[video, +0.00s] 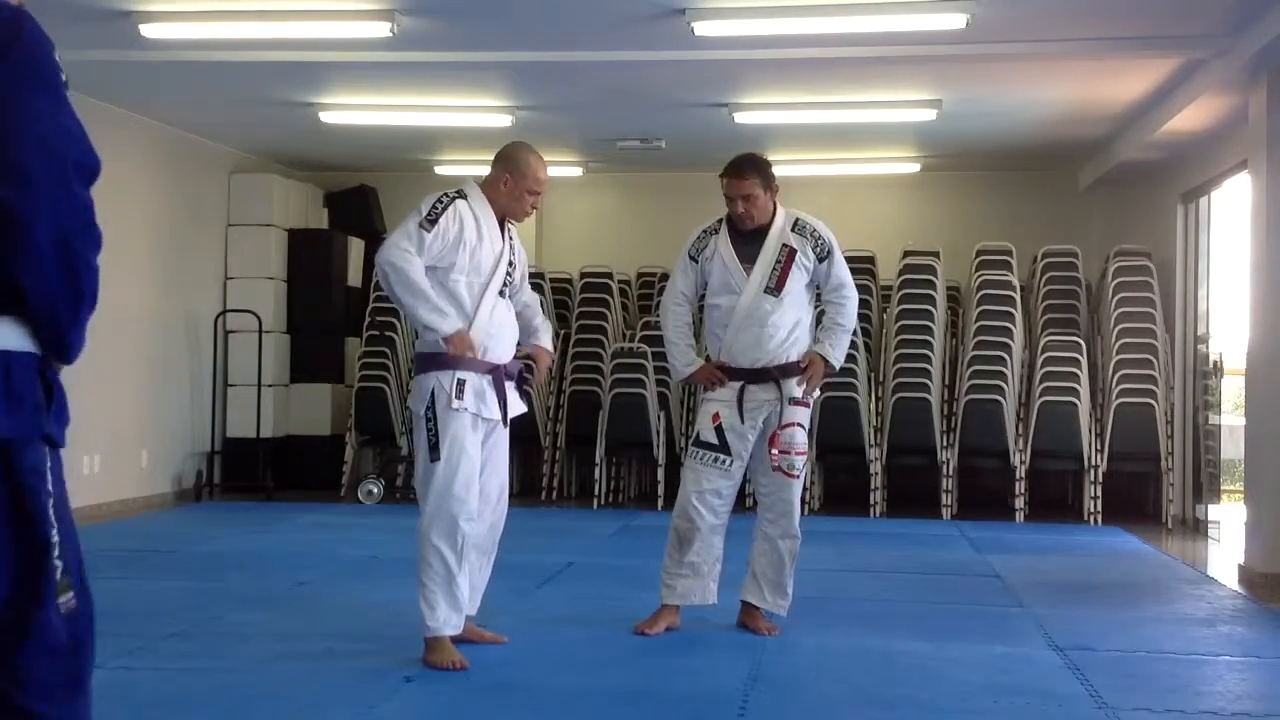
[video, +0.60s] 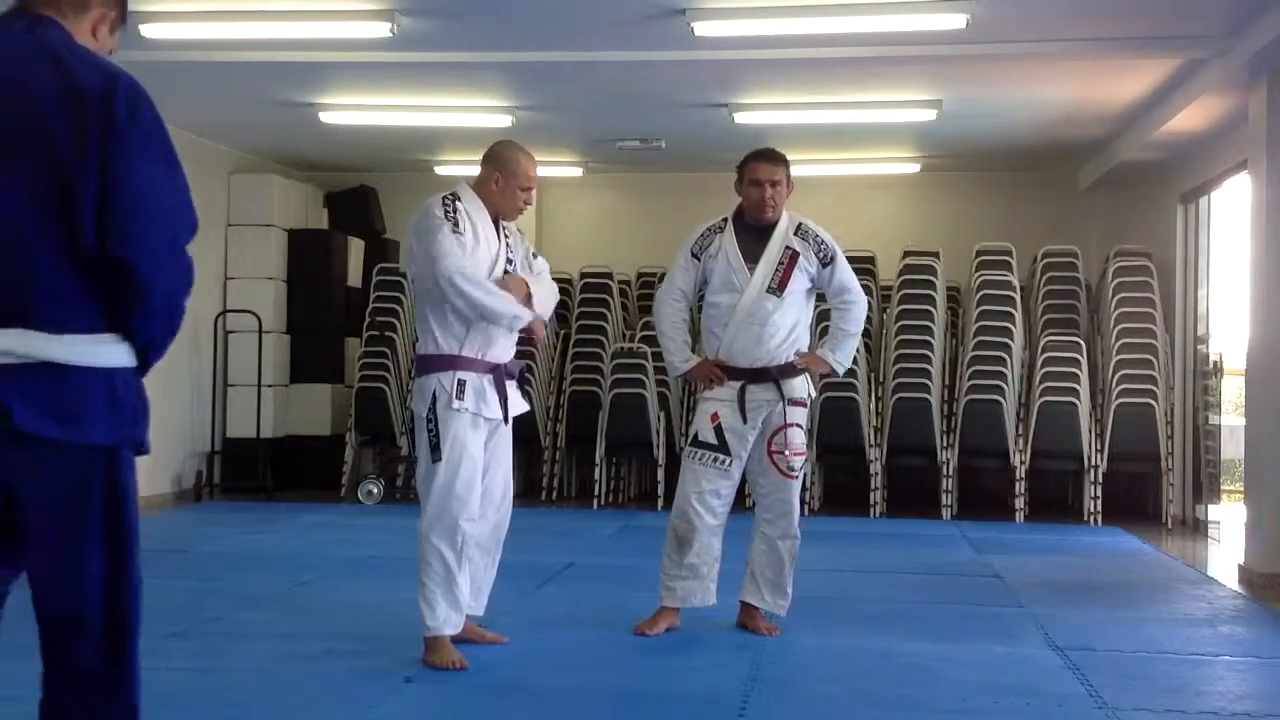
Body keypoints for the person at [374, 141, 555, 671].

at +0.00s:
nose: (537, 204)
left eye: (541, 195)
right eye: (534, 193)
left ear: (513, 184)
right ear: (504, 179)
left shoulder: (509, 239)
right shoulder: (453, 207)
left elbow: (524, 297)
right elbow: (394, 255)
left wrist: (540, 339)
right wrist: (448, 326)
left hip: (494, 389)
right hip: (450, 385)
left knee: (488, 505)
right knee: (450, 506)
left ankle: (460, 619)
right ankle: (437, 633)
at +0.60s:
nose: (530, 200)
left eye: (533, 191)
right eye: (525, 189)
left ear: (504, 184)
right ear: (494, 179)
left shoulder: (508, 233)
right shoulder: (442, 213)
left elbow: (548, 290)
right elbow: (457, 282)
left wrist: (524, 288)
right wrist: (522, 316)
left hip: (497, 389)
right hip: (452, 387)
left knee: (490, 508)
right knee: (450, 509)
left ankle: (463, 618)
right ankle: (438, 634)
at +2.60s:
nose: (501, 192)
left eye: (509, 185)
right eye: (493, 181)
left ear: (514, 190)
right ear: (470, 178)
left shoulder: (504, 241)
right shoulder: (438, 222)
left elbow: (535, 305)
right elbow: (465, 296)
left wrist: (481, 280)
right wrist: (508, 307)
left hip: (488, 387)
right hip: (438, 382)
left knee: (483, 499)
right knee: (438, 494)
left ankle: (452, 613)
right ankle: (414, 587)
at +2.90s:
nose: (468, 197)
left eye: (477, 188)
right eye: (459, 187)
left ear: (485, 190)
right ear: (438, 185)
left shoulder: (492, 239)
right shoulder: (410, 237)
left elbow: (522, 302)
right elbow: (435, 311)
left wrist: (453, 287)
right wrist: (489, 312)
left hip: (479, 389)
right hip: (424, 387)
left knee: (493, 494)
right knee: (421, 499)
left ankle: (461, 607)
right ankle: (412, 605)